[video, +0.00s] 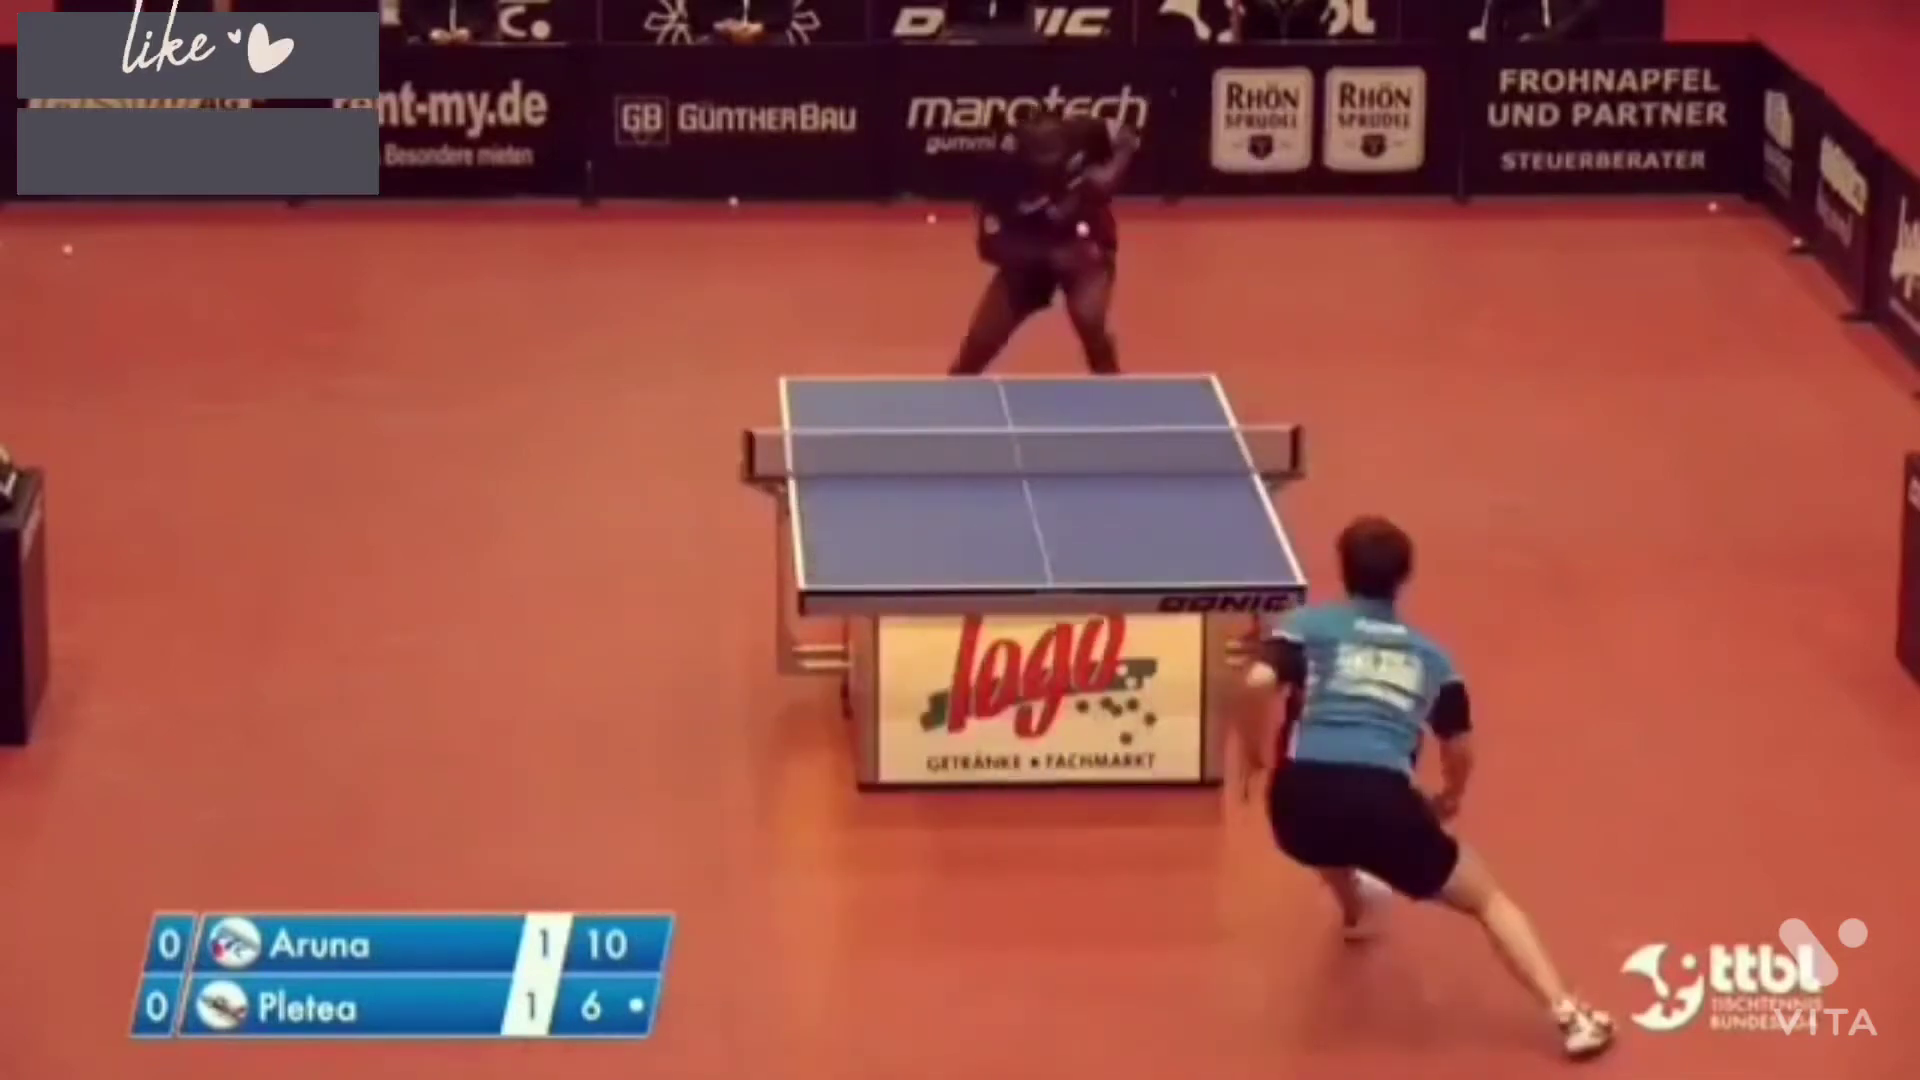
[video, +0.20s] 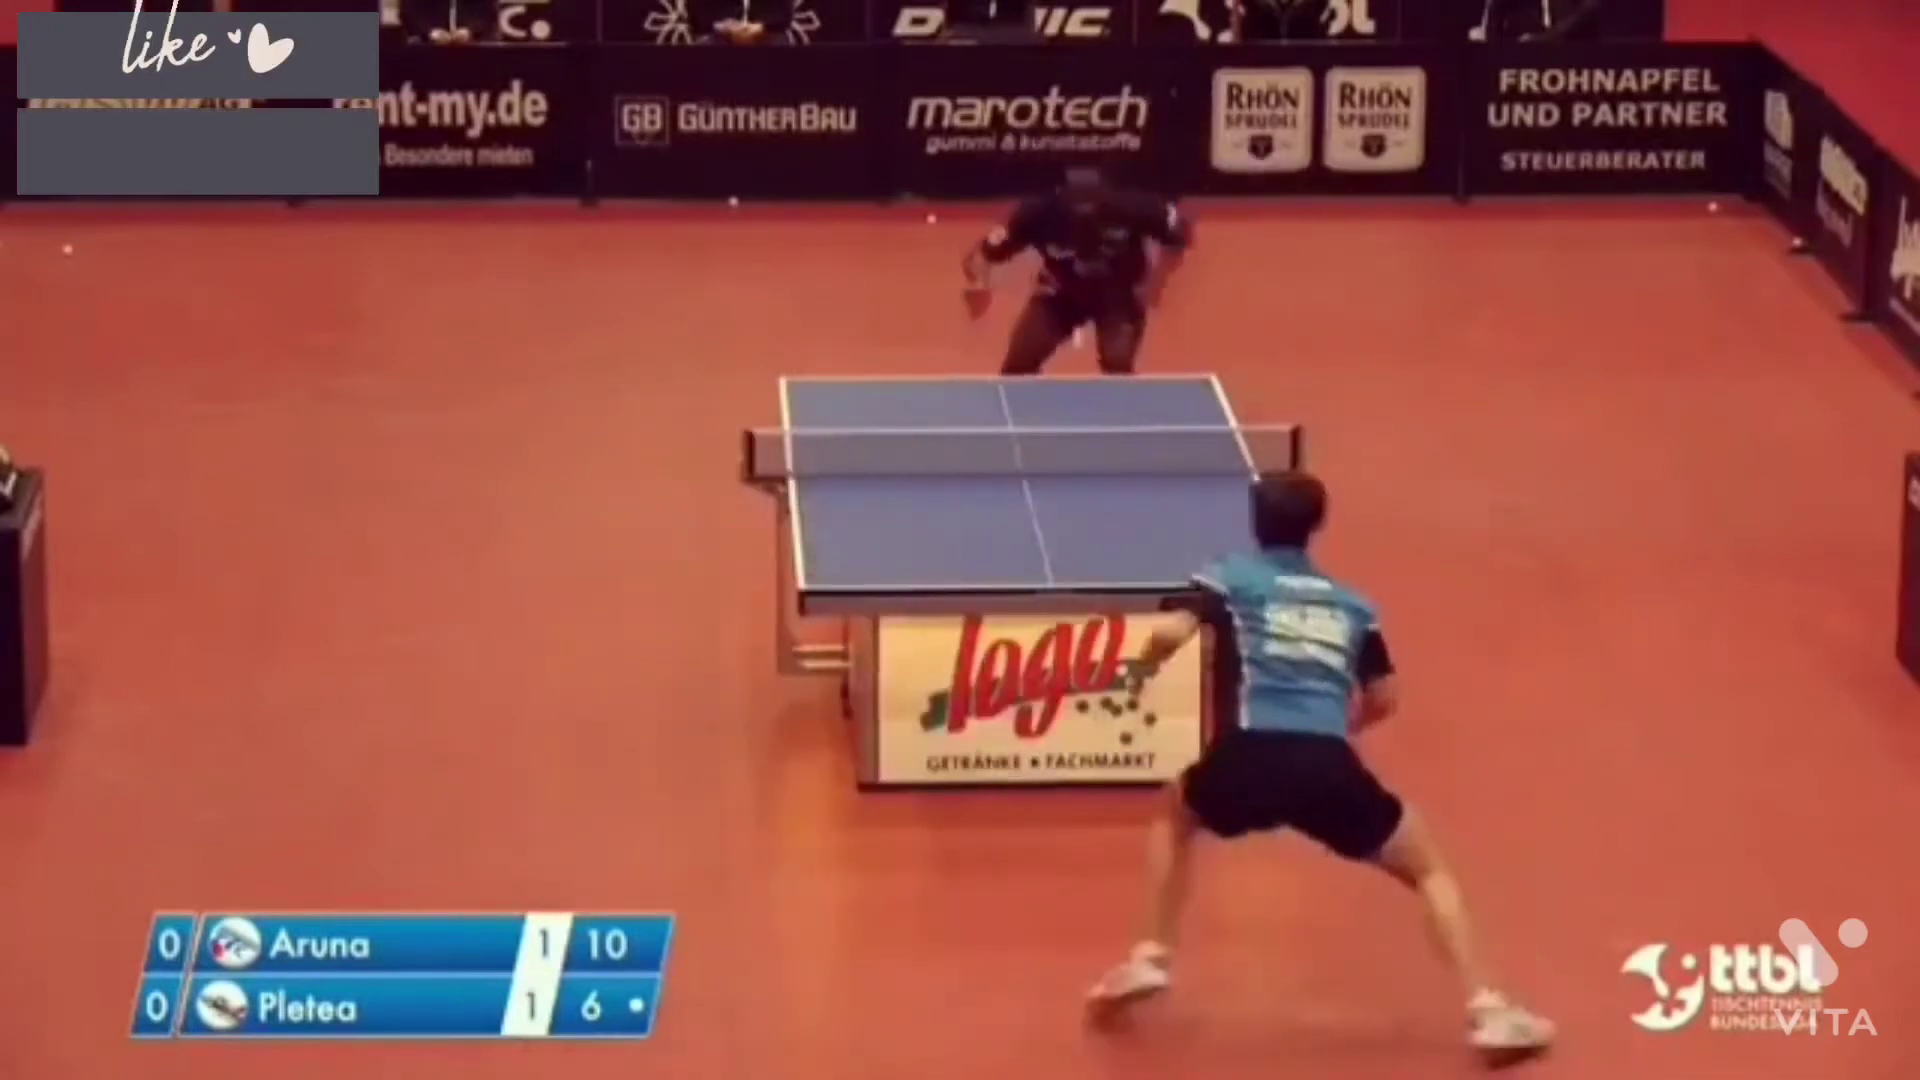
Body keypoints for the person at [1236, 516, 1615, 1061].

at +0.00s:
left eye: (1344, 564)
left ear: (1344, 572)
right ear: (1404, 576)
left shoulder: (1310, 624)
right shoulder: (1429, 655)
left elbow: (1255, 682)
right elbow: (1457, 746)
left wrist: (1258, 757)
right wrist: (1451, 796)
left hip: (1301, 798)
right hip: (1382, 804)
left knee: (1328, 844)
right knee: (1486, 899)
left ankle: (1352, 904)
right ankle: (1567, 1014)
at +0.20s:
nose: (1258, 520)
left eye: (1259, 512)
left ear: (1257, 522)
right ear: (1314, 526)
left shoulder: (1230, 575)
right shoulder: (1350, 604)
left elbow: (1170, 636)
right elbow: (1383, 699)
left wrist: (1142, 669)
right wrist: (1334, 727)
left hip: (1247, 759)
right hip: (1327, 765)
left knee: (1174, 816)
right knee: (1428, 871)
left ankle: (1152, 955)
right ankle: (1486, 1005)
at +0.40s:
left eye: (1115, 535)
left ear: (1110, 545)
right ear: (1171, 545)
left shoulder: (1098, 605)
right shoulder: (1208, 614)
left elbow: (1025, 670)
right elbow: (1236, 694)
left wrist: (1019, 675)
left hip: (1148, 803)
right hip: (1229, 801)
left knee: (1041, 911)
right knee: (1292, 886)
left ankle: (1062, 1051)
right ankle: (1378, 981)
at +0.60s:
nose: (994, 563)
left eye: (997, 554)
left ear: (999, 560)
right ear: (1057, 558)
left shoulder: (1001, 610)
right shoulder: (1091, 607)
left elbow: (938, 659)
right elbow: (1086, 697)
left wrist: (978, 629)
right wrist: (1030, 756)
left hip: (1105, 795)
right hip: (1175, 780)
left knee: (990, 909)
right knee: (1137, 835)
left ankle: (1056, 1048)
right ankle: (1167, 948)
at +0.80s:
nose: (966, 544)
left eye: (968, 537)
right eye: (965, 534)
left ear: (978, 544)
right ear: (1034, 532)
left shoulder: (995, 597)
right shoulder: (1085, 594)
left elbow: (926, 636)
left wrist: (842, 663)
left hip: (1037, 791)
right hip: (1098, 793)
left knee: (900, 860)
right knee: (1016, 827)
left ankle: (1008, 971)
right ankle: (1016, 943)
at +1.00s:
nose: (928, 620)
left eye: (930, 611)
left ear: (936, 623)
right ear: (990, 618)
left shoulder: (949, 664)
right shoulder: (1031, 680)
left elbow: (938, 704)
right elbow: (1090, 746)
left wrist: (881, 744)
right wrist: (1093, 718)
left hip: (982, 869)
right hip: (1049, 869)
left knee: (839, 816)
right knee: (979, 807)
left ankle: (907, 953)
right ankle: (1006, 930)